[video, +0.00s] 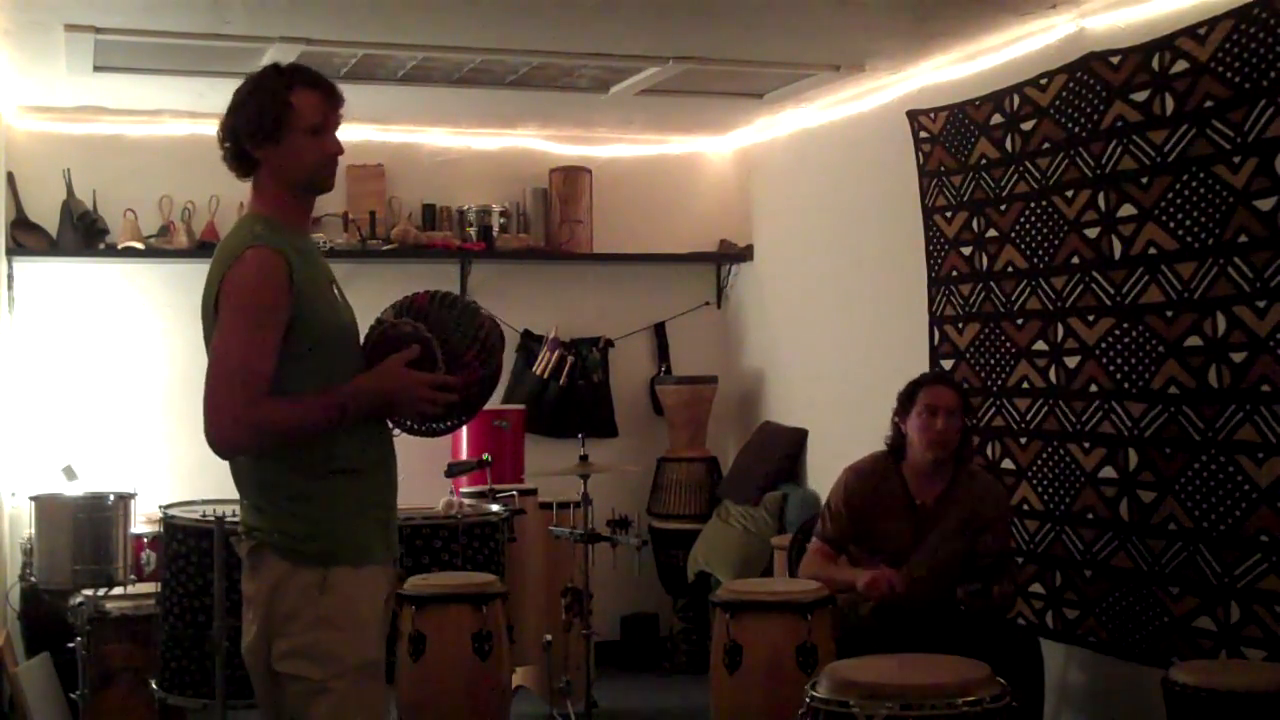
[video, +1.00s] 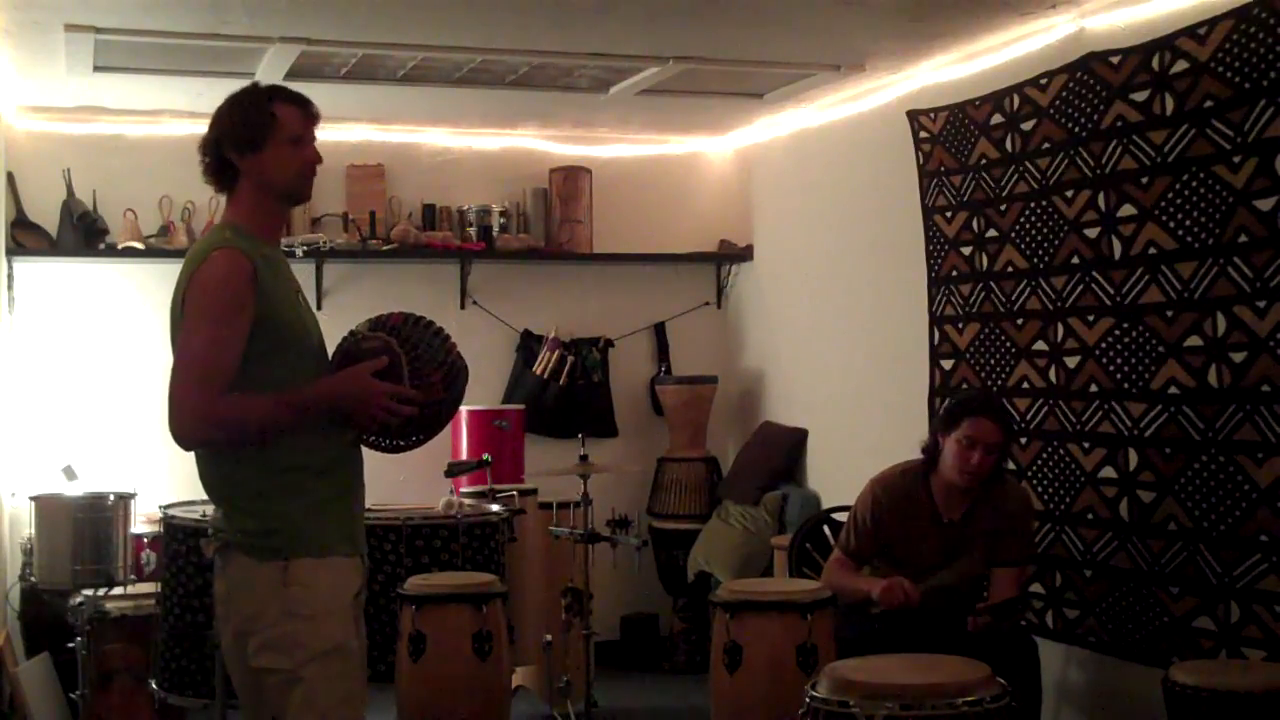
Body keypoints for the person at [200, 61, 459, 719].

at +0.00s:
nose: (338, 146)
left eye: (336, 130)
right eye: (321, 131)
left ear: (273, 145)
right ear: (266, 143)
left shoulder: (296, 251)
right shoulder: (260, 256)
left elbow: (300, 393)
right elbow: (231, 425)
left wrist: (380, 369)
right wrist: (369, 395)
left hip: (340, 559)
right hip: (310, 566)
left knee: (350, 705)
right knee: (328, 707)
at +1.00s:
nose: (316, 154)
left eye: (314, 140)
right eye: (298, 142)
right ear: (247, 154)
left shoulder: (261, 261)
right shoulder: (227, 263)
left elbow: (260, 398)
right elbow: (193, 417)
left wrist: (350, 381)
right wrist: (330, 397)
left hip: (309, 561)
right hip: (284, 567)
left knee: (318, 705)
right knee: (306, 707)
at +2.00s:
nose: (322, 155)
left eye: (320, 141)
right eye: (304, 142)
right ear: (250, 156)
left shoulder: (270, 259)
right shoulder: (240, 258)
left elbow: (275, 403)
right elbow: (196, 407)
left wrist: (365, 386)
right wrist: (348, 406)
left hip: (303, 554)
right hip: (288, 561)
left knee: (295, 707)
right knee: (338, 706)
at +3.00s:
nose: (461, 128)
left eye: (454, 114)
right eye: (442, 116)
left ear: (403, 140)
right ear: (388, 139)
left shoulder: (425, 240)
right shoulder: (345, 248)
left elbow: (414, 385)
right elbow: (260, 403)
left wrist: (491, 422)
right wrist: (406, 450)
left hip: (407, 551)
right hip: (356, 563)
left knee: (407, 705)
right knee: (375, 706)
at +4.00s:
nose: (524, 130)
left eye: (518, 115)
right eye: (505, 117)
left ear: (454, 141)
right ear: (448, 137)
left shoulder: (465, 246)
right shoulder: (450, 255)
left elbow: (493, 406)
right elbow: (426, 436)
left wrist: (602, 414)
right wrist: (569, 494)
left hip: (515, 566)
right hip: (466, 579)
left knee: (568, 710)